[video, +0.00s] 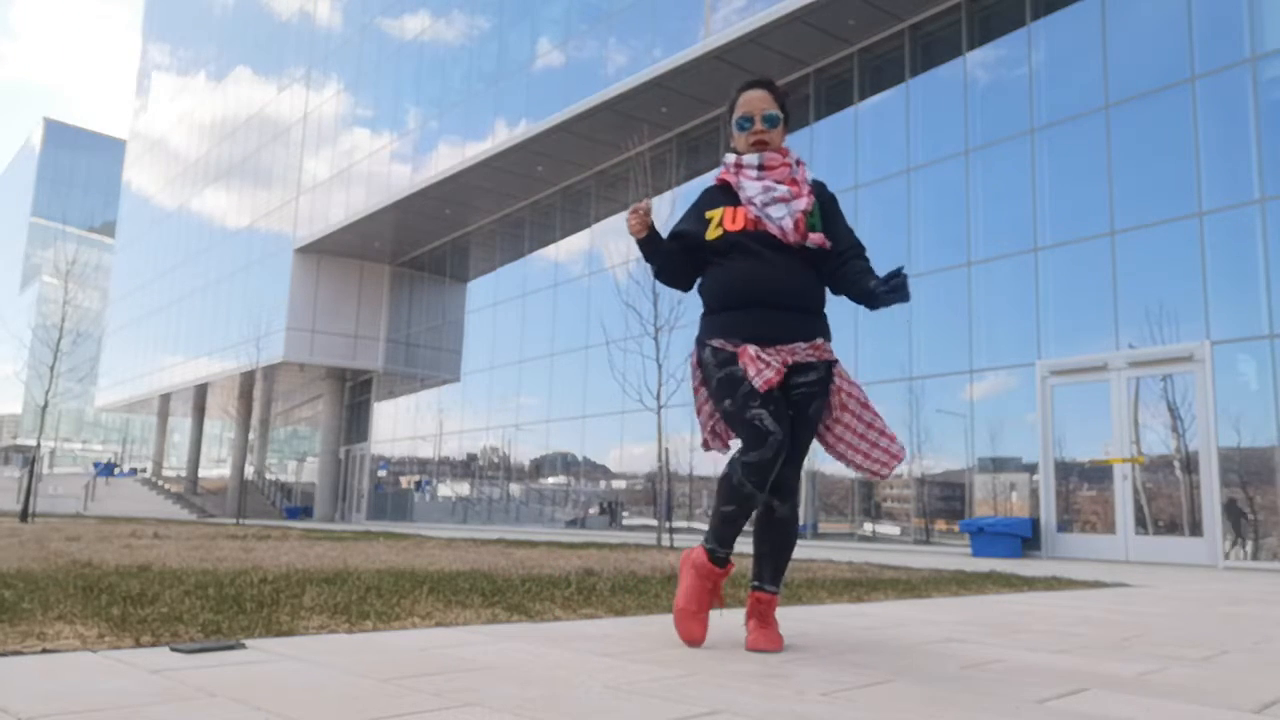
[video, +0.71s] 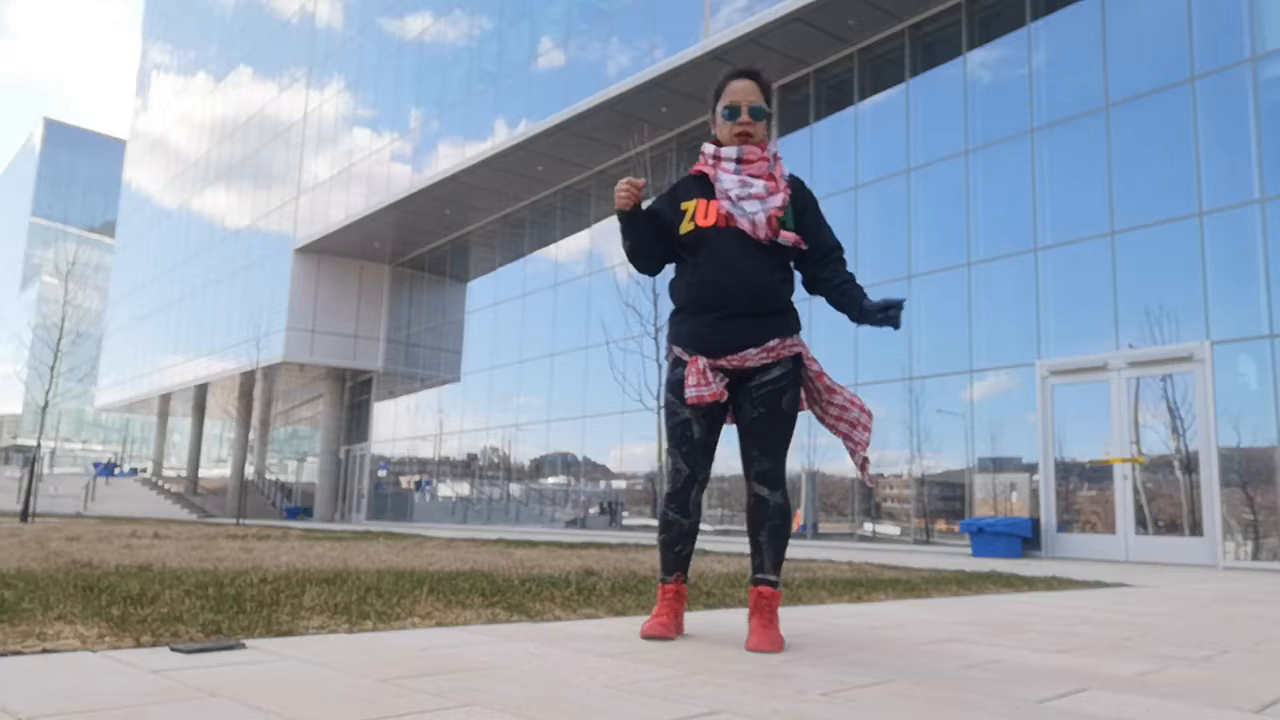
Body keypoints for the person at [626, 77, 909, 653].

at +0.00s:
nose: (759, 130)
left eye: (770, 120)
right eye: (746, 122)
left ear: (786, 129)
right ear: (731, 133)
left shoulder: (813, 195)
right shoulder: (715, 198)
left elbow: (844, 262)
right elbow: (680, 273)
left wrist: (871, 289)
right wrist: (649, 237)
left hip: (802, 348)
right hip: (730, 346)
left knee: (785, 480)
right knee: (764, 443)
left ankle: (764, 607)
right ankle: (708, 565)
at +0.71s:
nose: (744, 122)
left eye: (756, 113)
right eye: (731, 112)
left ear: (770, 123)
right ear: (712, 121)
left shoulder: (790, 193)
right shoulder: (684, 193)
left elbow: (824, 263)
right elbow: (651, 260)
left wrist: (860, 306)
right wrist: (630, 215)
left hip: (770, 353)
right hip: (696, 356)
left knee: (767, 479)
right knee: (685, 477)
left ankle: (764, 608)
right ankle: (669, 597)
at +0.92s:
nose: (737, 137)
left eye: (746, 129)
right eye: (726, 126)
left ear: (753, 136)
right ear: (697, 131)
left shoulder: (766, 203)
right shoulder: (666, 200)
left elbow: (803, 270)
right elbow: (616, 254)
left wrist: (798, 279)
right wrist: (607, 197)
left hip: (739, 356)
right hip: (668, 358)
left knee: (746, 477)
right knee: (670, 479)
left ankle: (758, 605)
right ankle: (667, 598)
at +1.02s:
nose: (737, 146)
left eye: (744, 138)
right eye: (726, 136)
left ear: (748, 144)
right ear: (695, 140)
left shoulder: (757, 208)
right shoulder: (659, 207)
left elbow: (792, 276)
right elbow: (602, 249)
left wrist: (749, 280)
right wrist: (601, 185)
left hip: (729, 359)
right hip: (661, 360)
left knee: (713, 459)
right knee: (664, 474)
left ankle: (732, 589)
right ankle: (667, 596)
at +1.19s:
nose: (739, 154)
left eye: (742, 145)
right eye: (728, 144)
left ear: (742, 147)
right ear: (693, 146)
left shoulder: (748, 209)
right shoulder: (657, 209)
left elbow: (749, 271)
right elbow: (593, 235)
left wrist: (659, 269)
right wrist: (608, 169)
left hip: (715, 362)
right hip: (649, 360)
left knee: (679, 460)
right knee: (654, 474)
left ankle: (698, 584)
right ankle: (665, 597)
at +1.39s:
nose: (742, 166)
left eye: (746, 156)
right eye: (734, 154)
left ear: (734, 156)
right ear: (699, 149)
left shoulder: (739, 215)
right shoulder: (647, 204)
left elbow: (727, 276)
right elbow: (580, 221)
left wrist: (636, 268)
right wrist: (614, 164)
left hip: (716, 354)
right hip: (647, 355)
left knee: (745, 458)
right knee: (653, 473)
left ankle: (748, 574)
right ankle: (667, 596)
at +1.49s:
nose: (745, 168)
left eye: (748, 158)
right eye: (737, 156)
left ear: (735, 154)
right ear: (701, 150)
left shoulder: (736, 218)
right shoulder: (647, 200)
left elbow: (724, 274)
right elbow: (574, 216)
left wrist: (632, 265)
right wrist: (611, 161)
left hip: (717, 353)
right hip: (647, 356)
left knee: (772, 454)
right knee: (654, 476)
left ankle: (809, 576)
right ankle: (667, 598)